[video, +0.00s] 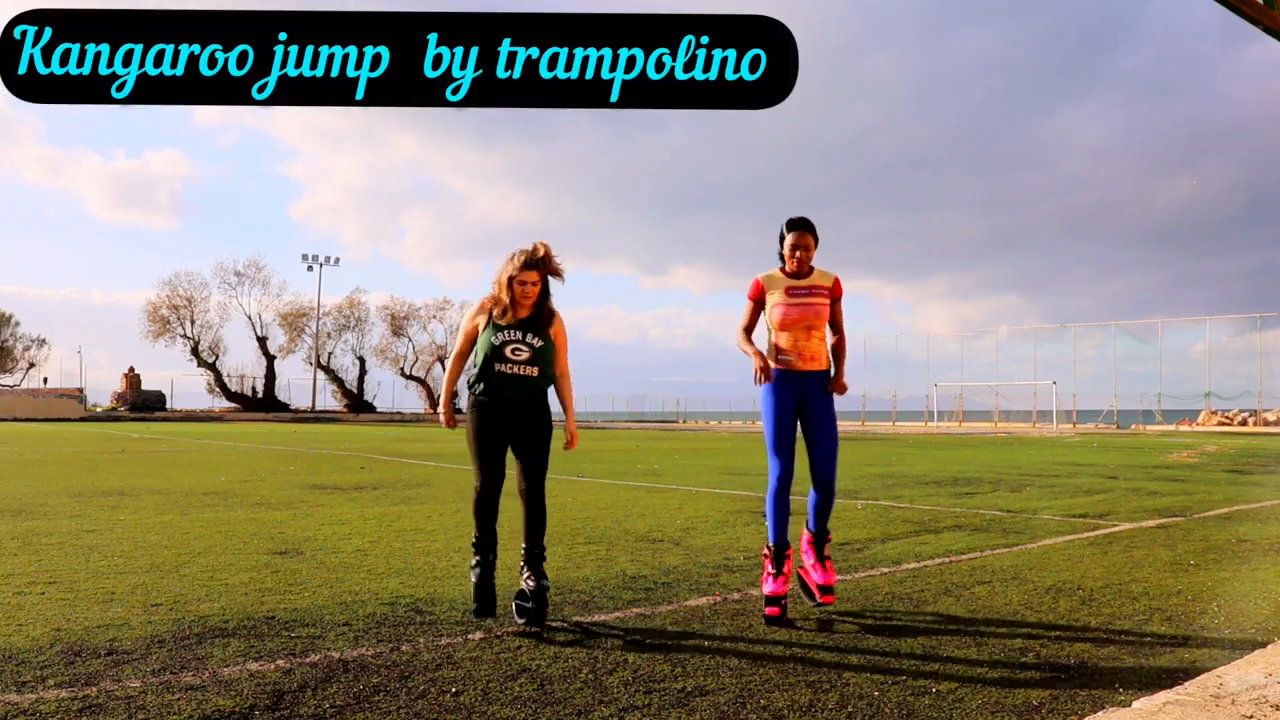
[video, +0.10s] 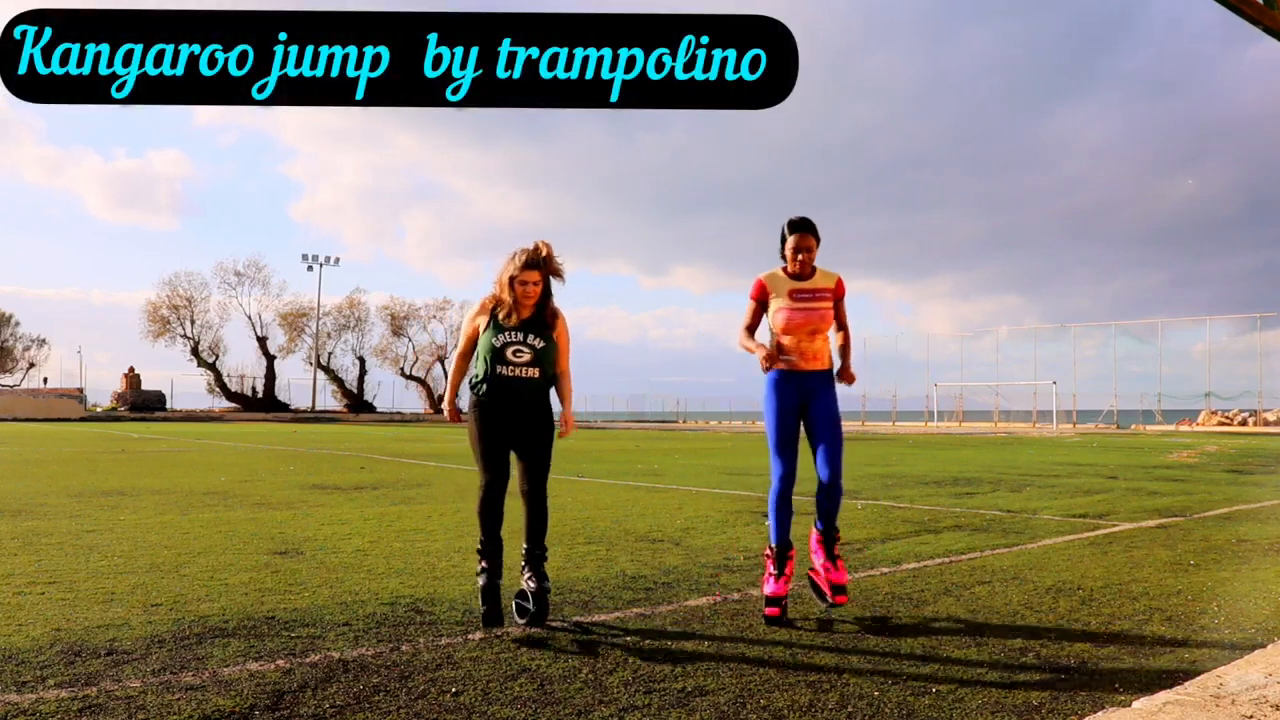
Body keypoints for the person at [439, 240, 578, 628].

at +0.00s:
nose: (528, 290)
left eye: (535, 284)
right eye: (522, 282)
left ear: (543, 285)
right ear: (507, 281)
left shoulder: (551, 320)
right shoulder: (483, 313)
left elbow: (561, 371)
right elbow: (458, 357)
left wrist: (570, 418)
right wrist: (446, 398)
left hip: (533, 414)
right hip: (486, 412)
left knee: (533, 491)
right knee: (488, 486)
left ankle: (533, 570)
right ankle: (483, 562)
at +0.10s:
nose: (530, 290)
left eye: (537, 283)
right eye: (523, 282)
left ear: (545, 285)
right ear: (509, 281)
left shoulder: (554, 320)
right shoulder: (483, 312)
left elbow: (561, 368)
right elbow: (463, 355)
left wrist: (567, 408)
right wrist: (450, 395)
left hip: (535, 412)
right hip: (488, 411)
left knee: (534, 491)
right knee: (493, 485)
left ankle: (534, 568)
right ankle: (489, 565)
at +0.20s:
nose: (527, 291)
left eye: (534, 284)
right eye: (520, 283)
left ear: (544, 284)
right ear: (505, 282)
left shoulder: (554, 319)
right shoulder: (482, 314)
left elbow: (565, 367)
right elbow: (462, 357)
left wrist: (564, 397)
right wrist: (452, 400)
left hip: (537, 415)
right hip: (490, 414)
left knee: (535, 493)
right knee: (497, 492)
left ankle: (533, 570)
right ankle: (494, 573)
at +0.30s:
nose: (523, 292)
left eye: (530, 285)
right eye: (516, 284)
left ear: (540, 285)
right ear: (502, 284)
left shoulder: (552, 320)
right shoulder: (480, 315)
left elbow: (565, 368)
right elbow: (459, 361)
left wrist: (567, 401)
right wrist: (451, 406)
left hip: (538, 420)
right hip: (491, 419)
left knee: (535, 498)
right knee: (497, 501)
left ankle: (534, 574)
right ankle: (495, 584)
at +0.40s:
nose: (518, 287)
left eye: (525, 281)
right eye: (511, 280)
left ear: (535, 283)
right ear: (498, 280)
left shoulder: (548, 316)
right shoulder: (475, 316)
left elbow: (559, 372)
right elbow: (457, 370)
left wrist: (571, 417)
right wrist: (450, 418)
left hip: (538, 422)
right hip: (490, 422)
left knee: (542, 506)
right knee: (498, 504)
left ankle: (533, 575)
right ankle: (495, 591)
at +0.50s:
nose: (519, 283)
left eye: (525, 276)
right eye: (512, 276)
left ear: (535, 278)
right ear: (498, 276)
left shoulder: (549, 314)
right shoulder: (476, 314)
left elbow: (561, 369)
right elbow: (455, 366)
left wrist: (571, 417)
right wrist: (452, 413)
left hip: (538, 420)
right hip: (490, 421)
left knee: (544, 506)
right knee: (497, 503)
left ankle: (537, 574)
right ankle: (495, 592)